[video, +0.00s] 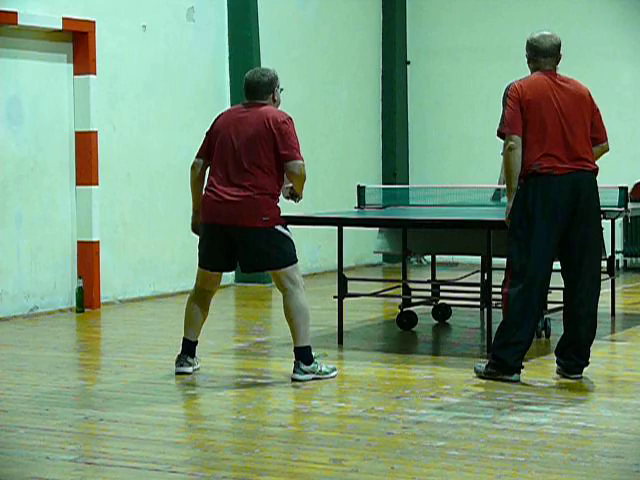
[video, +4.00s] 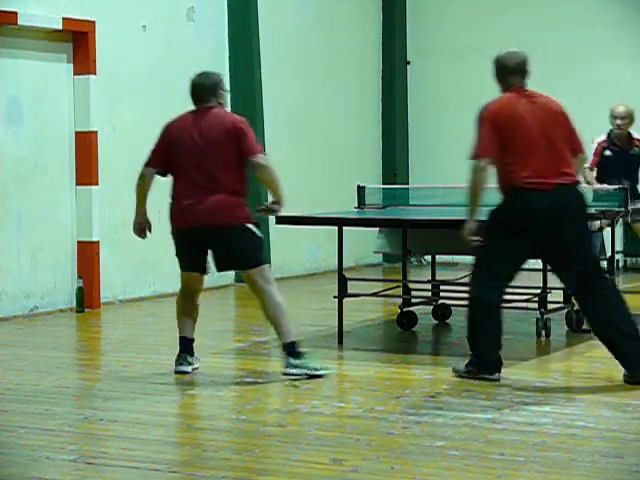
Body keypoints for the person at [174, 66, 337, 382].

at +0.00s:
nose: (280, 97)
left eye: (280, 93)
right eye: (280, 93)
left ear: (245, 94)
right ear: (274, 94)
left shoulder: (223, 119)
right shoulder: (278, 119)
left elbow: (198, 167)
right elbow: (296, 171)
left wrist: (197, 211)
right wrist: (296, 188)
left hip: (215, 217)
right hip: (260, 218)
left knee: (203, 288)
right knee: (291, 286)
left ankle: (186, 356)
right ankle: (304, 361)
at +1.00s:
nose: (284, 101)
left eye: (284, 97)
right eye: (283, 97)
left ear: (249, 97)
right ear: (277, 97)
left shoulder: (226, 120)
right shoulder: (282, 121)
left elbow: (200, 168)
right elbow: (300, 171)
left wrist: (205, 206)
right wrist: (297, 192)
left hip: (215, 217)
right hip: (261, 217)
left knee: (203, 288)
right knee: (292, 286)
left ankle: (186, 355)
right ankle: (304, 361)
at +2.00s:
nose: (289, 103)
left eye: (288, 98)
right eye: (287, 98)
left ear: (255, 99)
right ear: (278, 99)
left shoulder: (228, 120)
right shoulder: (284, 122)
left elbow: (202, 168)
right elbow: (298, 172)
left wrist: (210, 202)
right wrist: (297, 194)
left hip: (215, 214)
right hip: (260, 215)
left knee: (203, 288)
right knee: (292, 286)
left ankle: (186, 356)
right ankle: (304, 361)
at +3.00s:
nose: (290, 102)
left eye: (289, 98)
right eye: (289, 98)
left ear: (256, 100)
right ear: (282, 101)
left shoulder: (232, 123)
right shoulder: (286, 125)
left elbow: (205, 171)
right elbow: (300, 177)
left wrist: (215, 206)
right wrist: (302, 202)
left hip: (217, 219)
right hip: (262, 219)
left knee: (207, 287)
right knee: (298, 285)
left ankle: (186, 355)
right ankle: (305, 362)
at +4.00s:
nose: (227, 96)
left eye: (225, 91)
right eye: (225, 92)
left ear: (194, 97)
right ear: (220, 95)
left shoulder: (175, 128)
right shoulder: (235, 124)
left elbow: (147, 174)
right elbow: (258, 162)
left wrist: (140, 213)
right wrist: (278, 195)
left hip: (186, 222)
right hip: (230, 219)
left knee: (189, 287)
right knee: (264, 283)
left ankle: (185, 355)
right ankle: (293, 354)